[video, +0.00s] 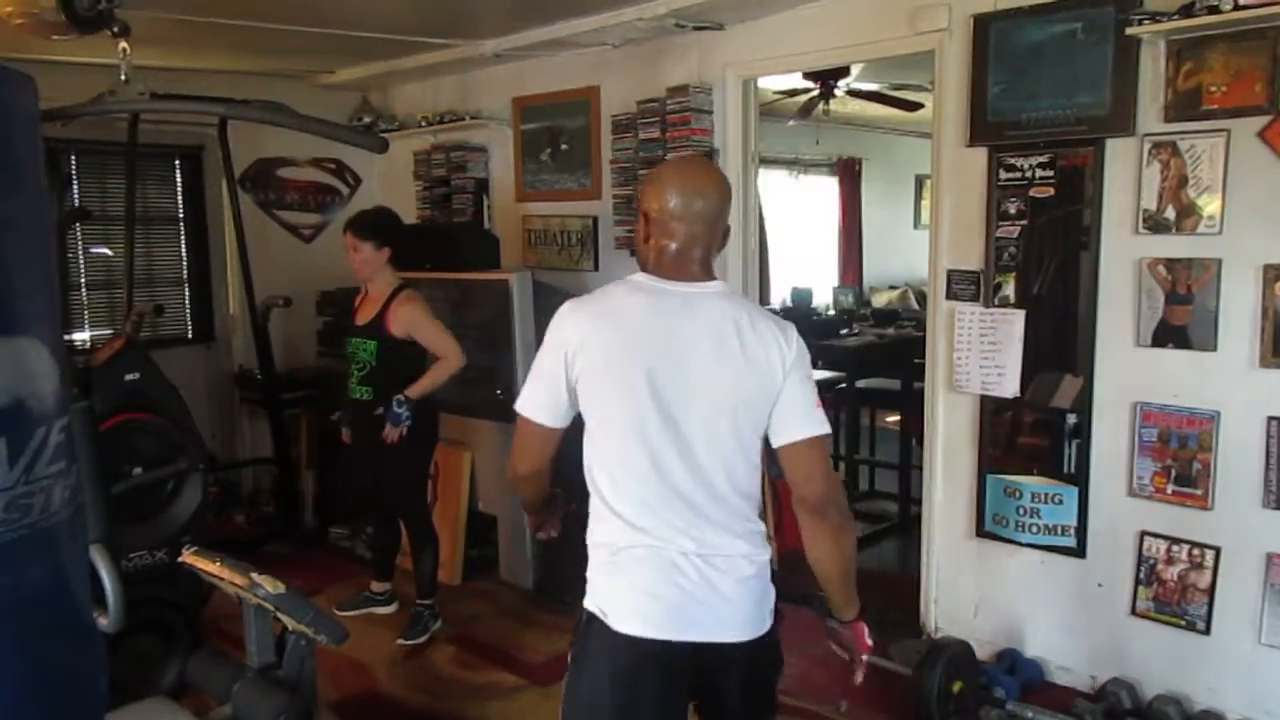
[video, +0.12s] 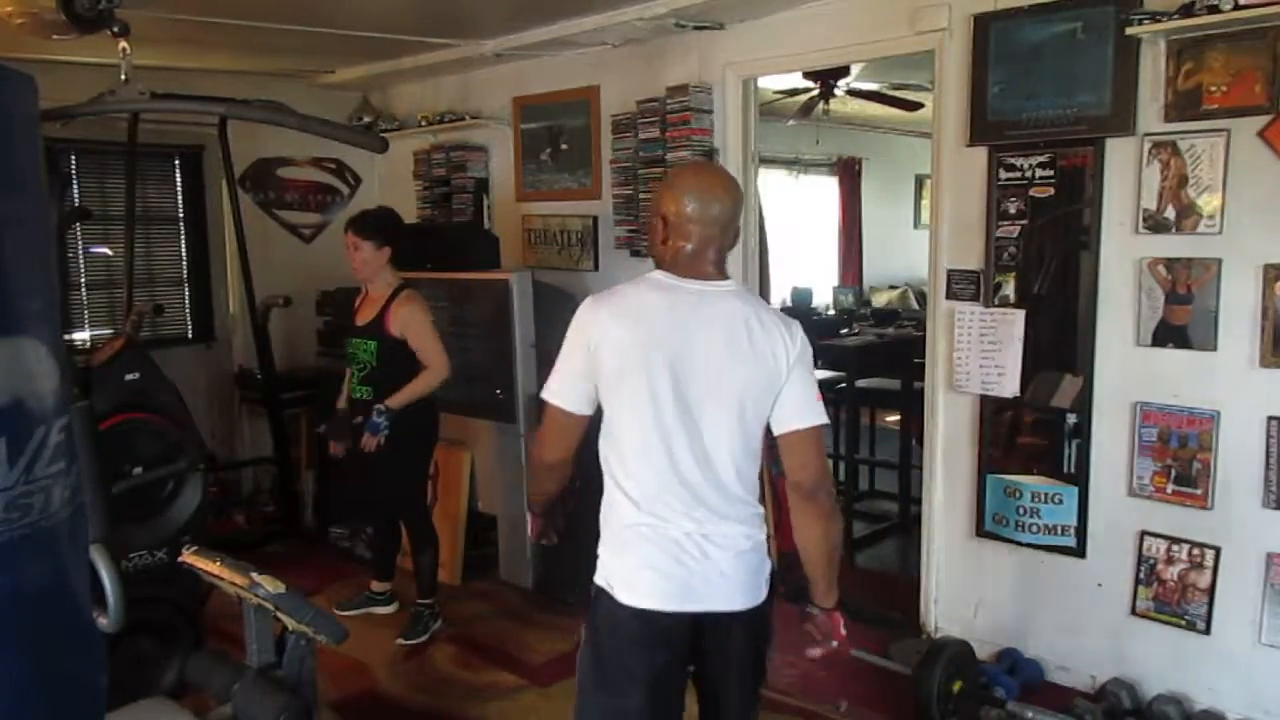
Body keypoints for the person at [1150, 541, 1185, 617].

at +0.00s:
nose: (1173, 555)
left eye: (1176, 552)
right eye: (1171, 552)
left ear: (1180, 553)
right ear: (1167, 552)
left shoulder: (1182, 568)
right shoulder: (1160, 565)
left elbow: (1181, 585)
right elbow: (1151, 581)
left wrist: (1174, 602)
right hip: (1159, 599)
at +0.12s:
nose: (1173, 555)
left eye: (1176, 552)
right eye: (1171, 551)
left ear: (1179, 553)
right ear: (1167, 552)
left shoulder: (1183, 568)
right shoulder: (1160, 566)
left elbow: (1182, 585)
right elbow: (1150, 582)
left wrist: (1174, 602)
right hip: (1159, 600)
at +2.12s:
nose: (1172, 554)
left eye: (1176, 552)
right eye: (1170, 551)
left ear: (1179, 553)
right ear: (1167, 552)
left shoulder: (1182, 567)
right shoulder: (1160, 565)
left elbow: (1181, 585)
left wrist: (1174, 603)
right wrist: (1151, 595)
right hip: (1159, 598)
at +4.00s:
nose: (1173, 554)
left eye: (1176, 552)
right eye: (1171, 551)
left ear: (1179, 553)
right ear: (1167, 552)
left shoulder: (1181, 568)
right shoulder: (1160, 566)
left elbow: (1180, 586)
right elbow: (1154, 581)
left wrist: (1173, 603)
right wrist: (1151, 595)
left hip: (1173, 601)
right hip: (1159, 599)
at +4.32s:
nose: (1173, 554)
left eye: (1176, 552)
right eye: (1171, 551)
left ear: (1179, 553)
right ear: (1167, 551)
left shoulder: (1182, 568)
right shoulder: (1160, 566)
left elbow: (1180, 586)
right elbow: (1154, 581)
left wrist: (1173, 602)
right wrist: (1151, 595)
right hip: (1160, 599)